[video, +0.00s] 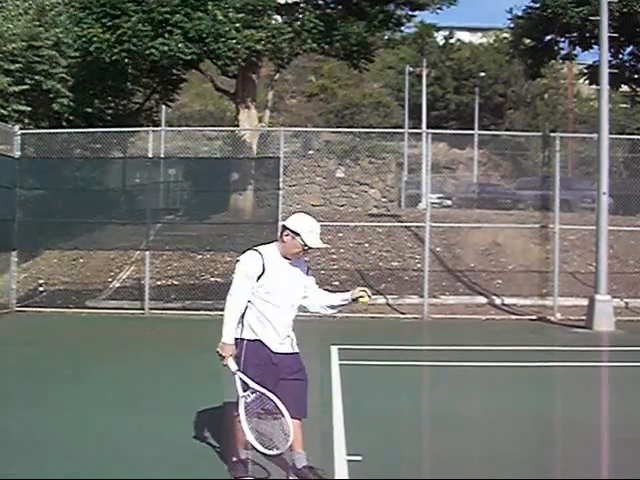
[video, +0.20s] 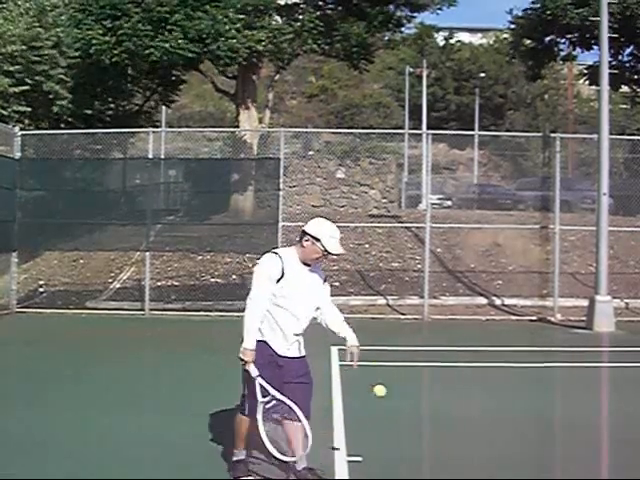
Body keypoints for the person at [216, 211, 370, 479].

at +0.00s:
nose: (306, 251)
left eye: (308, 247)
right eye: (304, 246)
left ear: (293, 240)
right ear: (287, 236)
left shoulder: (299, 267)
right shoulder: (255, 259)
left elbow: (315, 301)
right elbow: (235, 300)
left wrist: (349, 297)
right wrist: (227, 340)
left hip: (285, 344)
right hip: (253, 341)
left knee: (294, 400)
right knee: (248, 402)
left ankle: (300, 464)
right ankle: (240, 458)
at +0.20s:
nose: (325, 258)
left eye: (328, 254)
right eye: (324, 252)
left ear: (313, 246)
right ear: (307, 242)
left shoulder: (316, 278)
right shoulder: (273, 261)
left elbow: (326, 310)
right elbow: (255, 303)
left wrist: (349, 335)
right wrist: (248, 344)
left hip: (293, 350)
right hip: (263, 345)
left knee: (295, 407)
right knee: (250, 403)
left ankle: (300, 466)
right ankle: (239, 459)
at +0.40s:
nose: (329, 256)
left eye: (332, 252)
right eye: (328, 250)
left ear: (315, 245)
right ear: (312, 242)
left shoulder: (320, 277)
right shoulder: (278, 263)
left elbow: (330, 313)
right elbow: (271, 307)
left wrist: (353, 346)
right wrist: (282, 347)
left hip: (295, 344)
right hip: (263, 342)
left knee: (295, 402)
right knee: (251, 403)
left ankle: (299, 466)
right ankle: (232, 452)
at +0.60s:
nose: (321, 245)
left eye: (322, 240)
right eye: (318, 239)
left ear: (306, 240)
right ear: (299, 237)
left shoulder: (316, 273)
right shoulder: (272, 260)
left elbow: (329, 306)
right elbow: (271, 301)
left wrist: (363, 325)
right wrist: (305, 330)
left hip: (292, 348)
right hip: (261, 343)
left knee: (293, 407)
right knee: (245, 403)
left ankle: (299, 466)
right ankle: (227, 453)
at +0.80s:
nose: (304, 241)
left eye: (304, 236)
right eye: (299, 236)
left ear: (288, 237)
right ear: (279, 236)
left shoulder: (301, 270)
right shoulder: (255, 261)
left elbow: (320, 301)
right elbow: (262, 301)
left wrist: (356, 318)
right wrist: (299, 325)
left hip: (281, 348)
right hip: (248, 343)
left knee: (288, 405)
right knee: (237, 405)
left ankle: (299, 465)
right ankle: (225, 457)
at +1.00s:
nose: (289, 238)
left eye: (291, 232)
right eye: (283, 231)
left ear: (291, 236)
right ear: (264, 232)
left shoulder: (291, 272)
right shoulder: (240, 258)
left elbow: (304, 311)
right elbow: (235, 301)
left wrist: (323, 346)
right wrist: (255, 335)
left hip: (272, 348)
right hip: (236, 343)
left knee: (285, 404)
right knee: (231, 403)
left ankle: (299, 465)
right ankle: (224, 458)